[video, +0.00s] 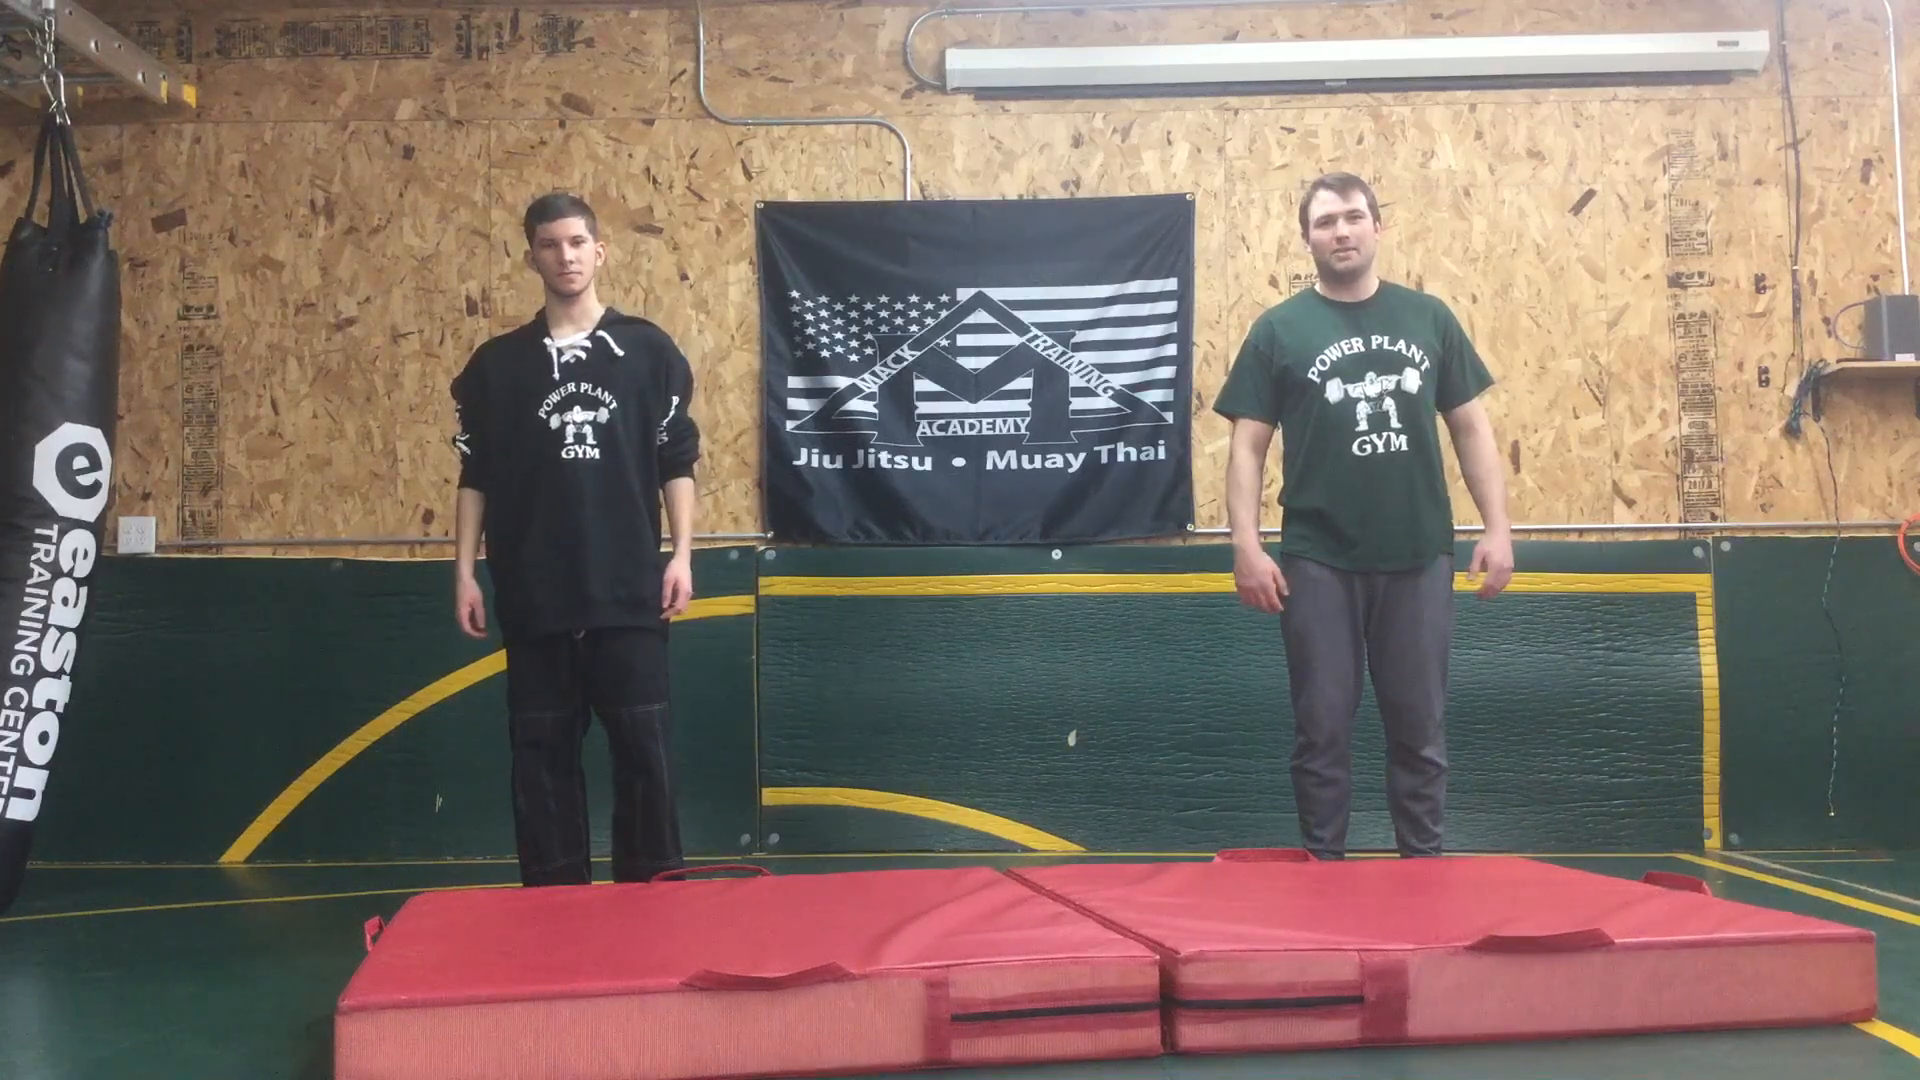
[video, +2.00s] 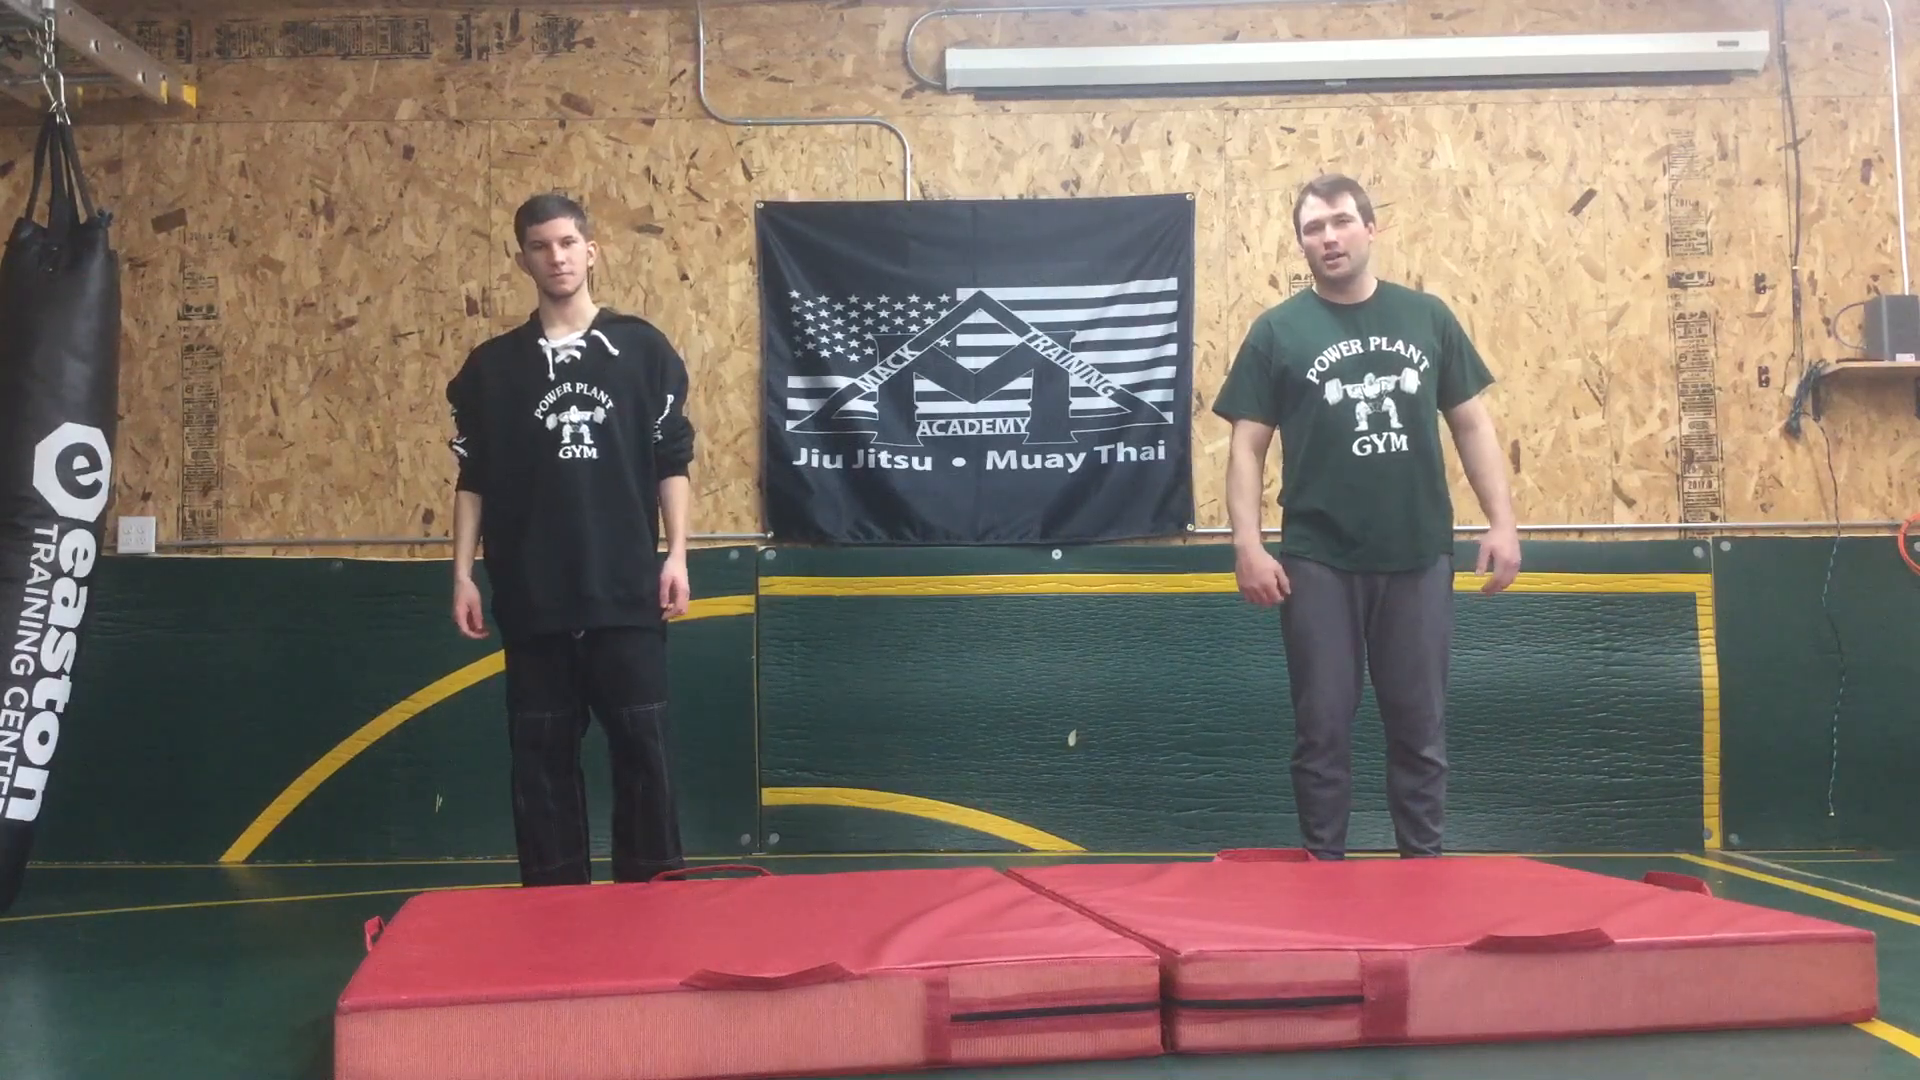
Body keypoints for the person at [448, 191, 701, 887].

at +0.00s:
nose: (566, 256)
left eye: (576, 242)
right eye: (550, 246)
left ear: (598, 250)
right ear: (533, 259)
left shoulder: (648, 349)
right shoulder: (494, 363)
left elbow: (677, 459)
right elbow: (475, 474)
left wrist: (682, 551)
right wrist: (465, 570)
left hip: (628, 584)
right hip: (532, 590)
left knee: (644, 755)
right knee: (543, 762)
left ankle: (653, 904)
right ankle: (554, 910)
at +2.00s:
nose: (557, 257)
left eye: (567, 242)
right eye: (541, 248)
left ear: (590, 250)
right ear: (524, 262)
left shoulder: (643, 347)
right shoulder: (489, 365)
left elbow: (672, 459)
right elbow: (472, 478)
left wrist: (677, 553)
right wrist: (463, 573)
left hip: (626, 583)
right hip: (530, 590)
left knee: (643, 752)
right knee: (542, 761)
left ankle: (653, 903)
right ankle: (554, 911)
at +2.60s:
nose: (556, 257)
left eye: (567, 242)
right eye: (540, 247)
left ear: (589, 250)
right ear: (523, 261)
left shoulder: (642, 347)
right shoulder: (488, 366)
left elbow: (671, 459)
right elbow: (472, 478)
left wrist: (677, 552)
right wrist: (465, 575)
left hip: (625, 584)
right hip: (530, 591)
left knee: (644, 753)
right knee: (542, 763)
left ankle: (652, 904)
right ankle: (554, 913)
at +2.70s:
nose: (557, 257)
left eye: (567, 242)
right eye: (541, 247)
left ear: (590, 250)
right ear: (523, 261)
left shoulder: (642, 347)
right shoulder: (488, 365)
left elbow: (671, 459)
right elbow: (472, 478)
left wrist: (677, 551)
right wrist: (465, 575)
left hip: (625, 584)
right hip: (530, 592)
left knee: (644, 753)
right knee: (542, 763)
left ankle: (653, 904)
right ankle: (554, 913)